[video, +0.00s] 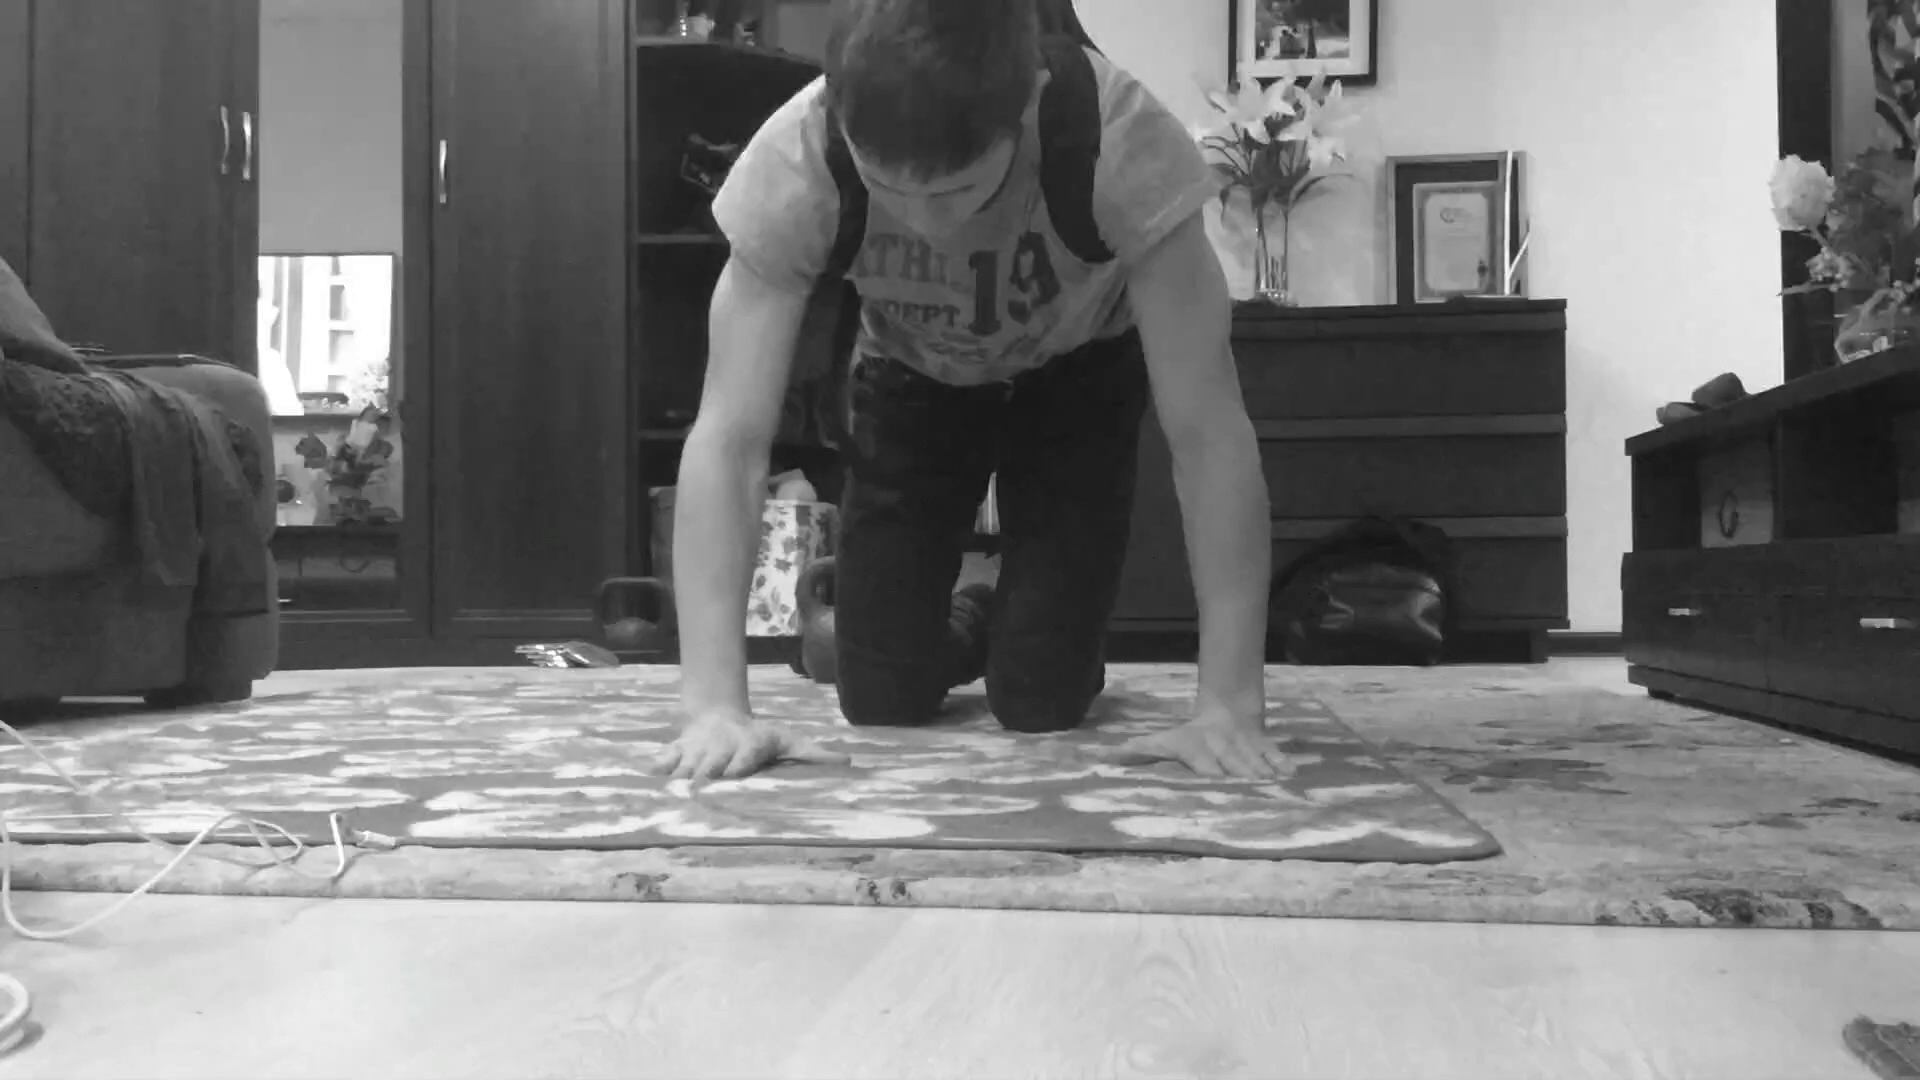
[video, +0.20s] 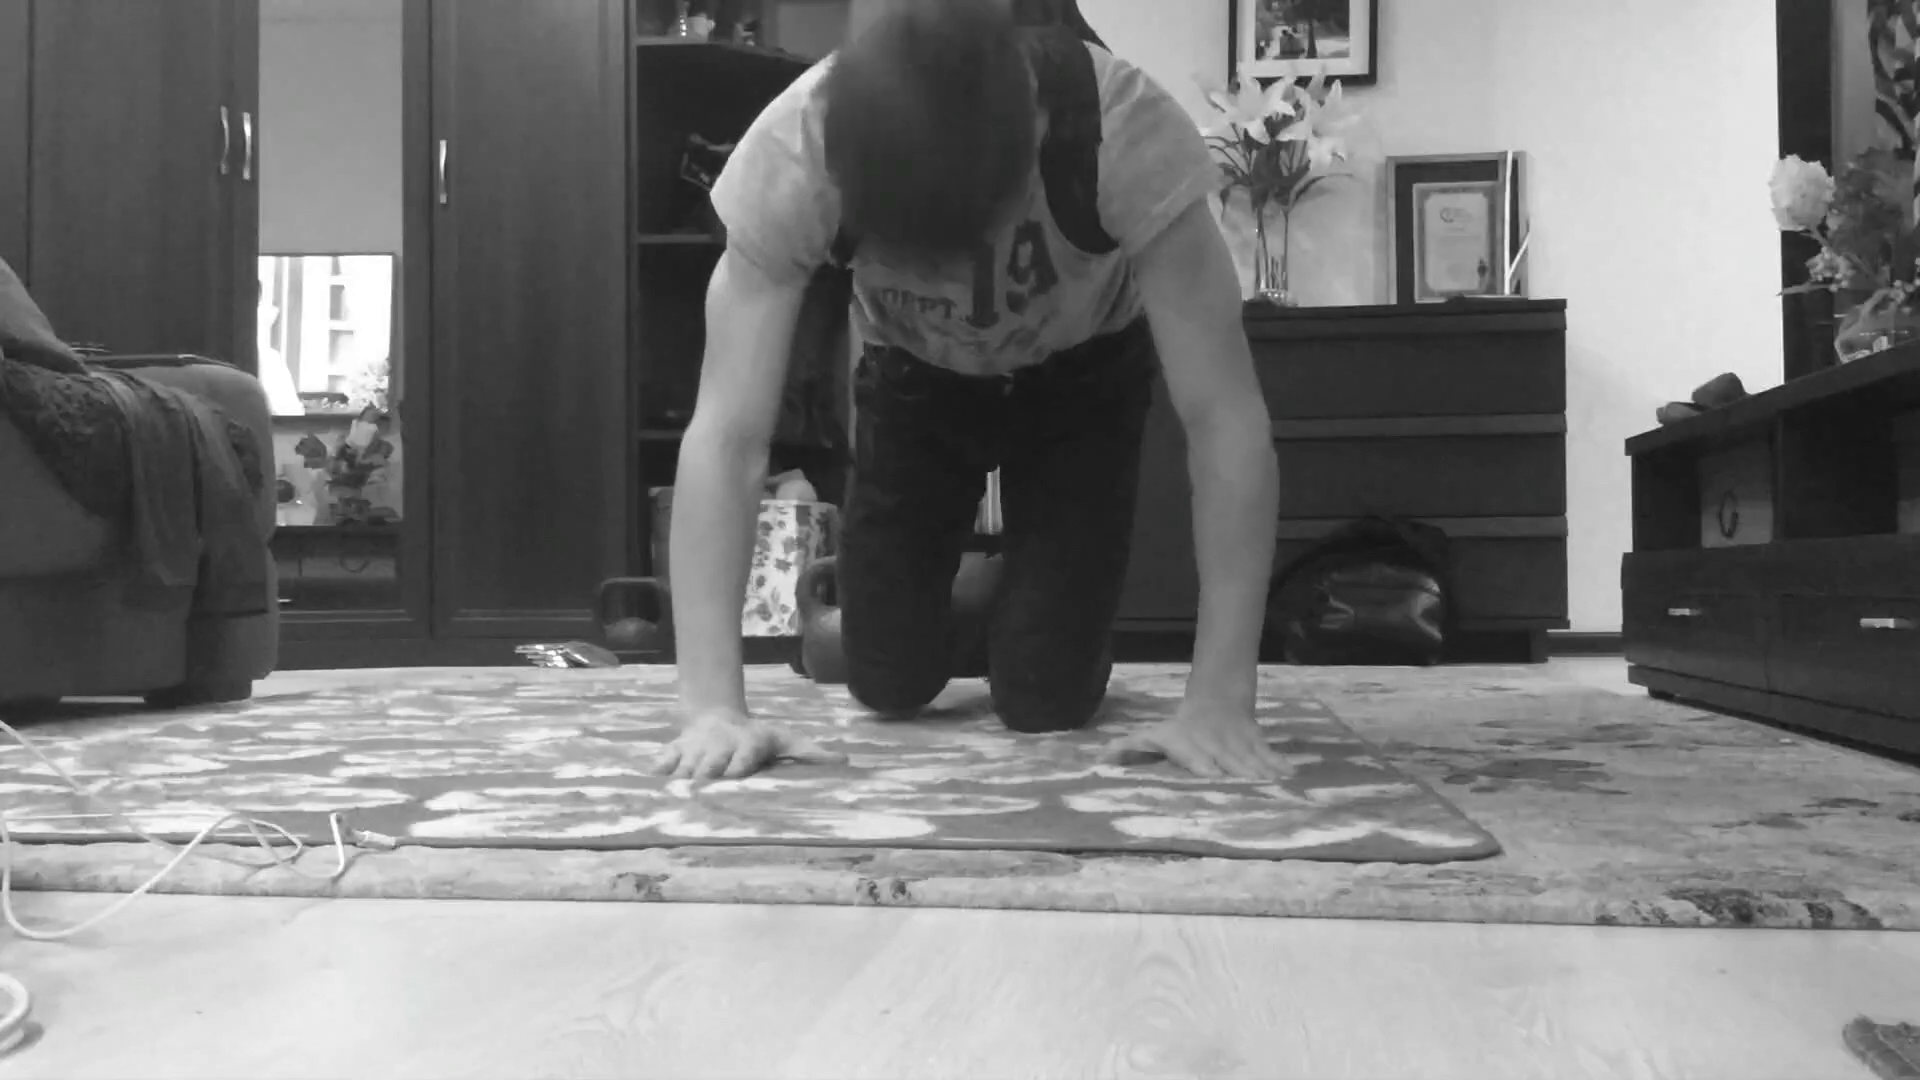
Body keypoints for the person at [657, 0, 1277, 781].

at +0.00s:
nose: (925, 224)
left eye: (960, 196)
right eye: (892, 194)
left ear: (1029, 124)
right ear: (850, 137)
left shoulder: (1123, 150)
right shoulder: (795, 176)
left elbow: (1211, 434)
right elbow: (726, 442)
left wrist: (1230, 707)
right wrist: (714, 707)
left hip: (1077, 369)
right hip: (909, 372)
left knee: (1037, 705)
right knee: (881, 699)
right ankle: (979, 619)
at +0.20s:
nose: (958, 272)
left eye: (986, 245)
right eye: (921, 264)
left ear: (1035, 140)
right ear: (847, 166)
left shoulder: (1132, 139)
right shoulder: (789, 168)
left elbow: (1226, 415)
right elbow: (724, 440)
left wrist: (1221, 704)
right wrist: (711, 709)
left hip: (1083, 366)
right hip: (910, 369)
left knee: (1041, 706)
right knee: (890, 689)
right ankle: (1005, 573)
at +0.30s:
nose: (971, 347)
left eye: (994, 323)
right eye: (930, 335)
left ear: (1037, 197)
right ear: (841, 203)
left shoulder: (1136, 143)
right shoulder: (784, 169)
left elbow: (1220, 426)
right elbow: (720, 441)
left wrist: (1222, 711)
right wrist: (709, 710)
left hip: (1084, 356)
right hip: (908, 361)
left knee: (1042, 706)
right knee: (891, 650)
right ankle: (1008, 555)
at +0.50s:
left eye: (947, 417)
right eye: (901, 419)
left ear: (1030, 269)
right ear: (840, 266)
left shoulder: (1141, 162)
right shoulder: (792, 161)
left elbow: (1220, 440)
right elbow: (714, 438)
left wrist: (1225, 711)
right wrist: (708, 710)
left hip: (1083, 344)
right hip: (908, 350)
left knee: (1039, 704)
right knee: (928, 557)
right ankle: (977, 526)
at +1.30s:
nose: (928, 370)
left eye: (956, 344)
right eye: (892, 352)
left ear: (1016, 235)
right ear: (834, 244)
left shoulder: (1126, 139)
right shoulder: (783, 144)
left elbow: (1190, 433)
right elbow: (713, 434)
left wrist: (1214, 714)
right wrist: (707, 712)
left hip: (1052, 312)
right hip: (879, 318)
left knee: (1050, 683)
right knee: (913, 526)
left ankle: (1029, 627)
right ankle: (936, 592)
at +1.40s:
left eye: (960, 341)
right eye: (892, 352)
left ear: (1013, 238)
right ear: (831, 208)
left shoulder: (1125, 137)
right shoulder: (781, 144)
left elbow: (1190, 434)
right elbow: (710, 435)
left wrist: (1215, 714)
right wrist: (706, 711)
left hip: (1053, 293)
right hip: (877, 303)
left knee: (1060, 580)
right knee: (915, 532)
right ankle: (934, 591)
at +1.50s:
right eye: (887, 353)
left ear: (1014, 249)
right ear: (829, 223)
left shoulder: (1125, 139)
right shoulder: (778, 148)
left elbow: (1189, 431)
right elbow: (708, 434)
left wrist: (1215, 714)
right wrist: (706, 711)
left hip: (1055, 262)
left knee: (1065, 493)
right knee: (905, 474)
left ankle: (1032, 617)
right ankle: (934, 591)